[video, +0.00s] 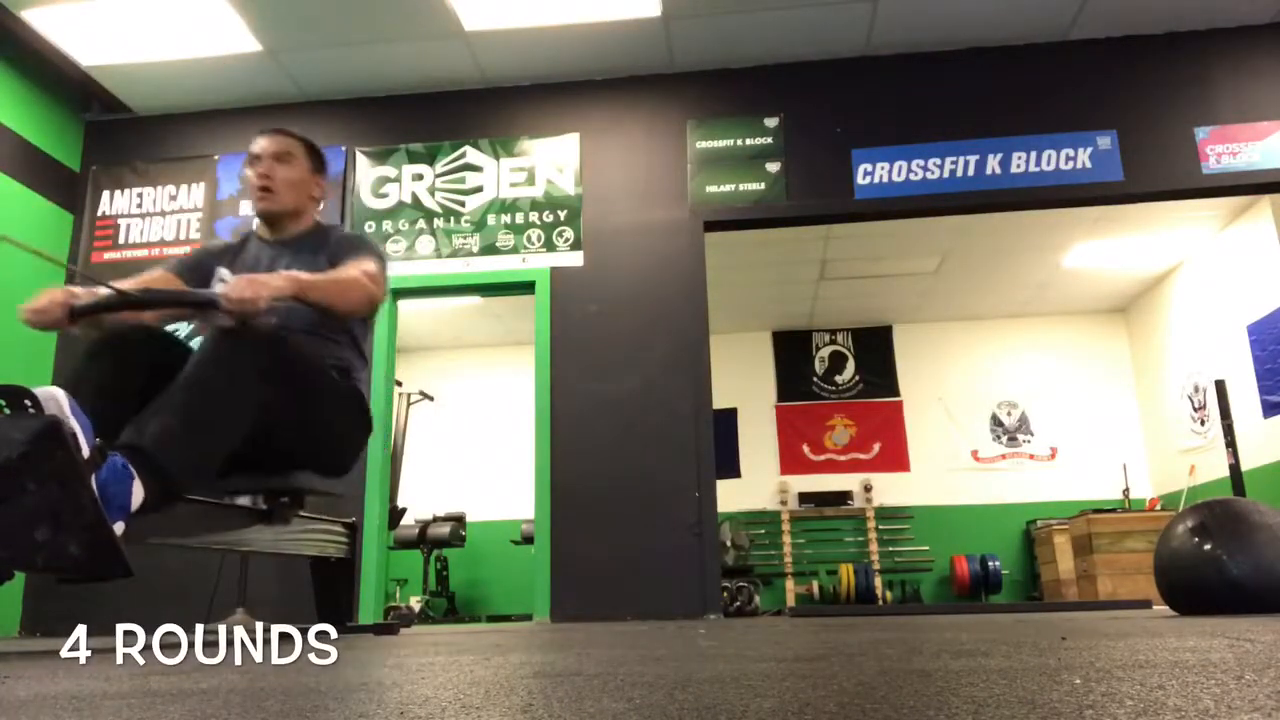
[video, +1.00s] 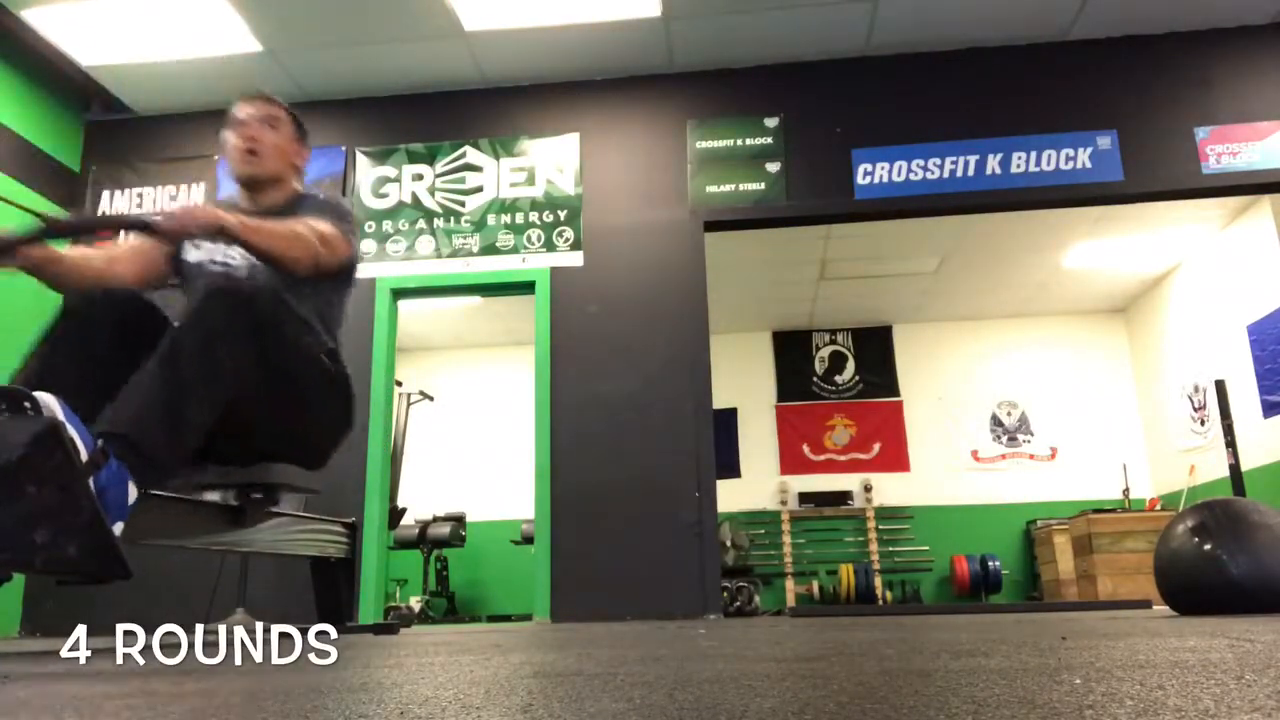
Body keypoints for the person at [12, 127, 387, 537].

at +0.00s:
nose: (261, 172)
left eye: (281, 161)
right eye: (254, 162)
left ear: (318, 188)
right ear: (244, 179)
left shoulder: (346, 246)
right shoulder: (227, 257)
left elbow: (366, 292)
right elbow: (146, 295)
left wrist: (282, 284)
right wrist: (79, 300)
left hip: (325, 420)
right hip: (229, 418)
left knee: (244, 343)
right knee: (129, 341)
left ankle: (124, 486)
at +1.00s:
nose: (250, 134)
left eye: (270, 125)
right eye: (237, 126)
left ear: (300, 154)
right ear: (223, 151)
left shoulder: (325, 213)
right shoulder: (199, 225)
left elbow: (311, 252)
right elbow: (116, 267)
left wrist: (222, 221)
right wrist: (27, 255)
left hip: (300, 410)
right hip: (206, 408)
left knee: (232, 302)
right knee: (112, 305)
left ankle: (118, 471)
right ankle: (20, 444)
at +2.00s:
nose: (314, 214)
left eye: (330, 204)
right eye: (305, 207)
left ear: (358, 222)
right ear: (298, 224)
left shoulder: (386, 281)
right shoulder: (270, 291)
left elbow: (412, 337)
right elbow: (206, 340)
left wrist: (343, 325)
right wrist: (165, 337)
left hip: (343, 410)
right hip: (266, 403)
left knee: (249, 429)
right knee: (171, 414)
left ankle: (130, 490)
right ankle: (92, 454)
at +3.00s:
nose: (120, 75)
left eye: (146, 60)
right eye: (111, 66)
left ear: (196, 90)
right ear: (99, 92)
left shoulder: (240, 151)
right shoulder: (81, 173)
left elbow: (219, 188)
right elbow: (5, 195)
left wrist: (71, 144)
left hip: (236, 388)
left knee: (173, 225)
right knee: (26, 234)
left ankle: (121, 450)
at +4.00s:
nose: (336, 244)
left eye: (350, 235)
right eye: (327, 237)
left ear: (377, 253)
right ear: (317, 254)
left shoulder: (406, 316)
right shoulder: (289, 319)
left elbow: (454, 391)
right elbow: (254, 379)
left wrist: (390, 353)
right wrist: (213, 371)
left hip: (342, 413)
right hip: (271, 408)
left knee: (250, 435)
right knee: (171, 420)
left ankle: (125, 491)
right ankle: (92, 475)